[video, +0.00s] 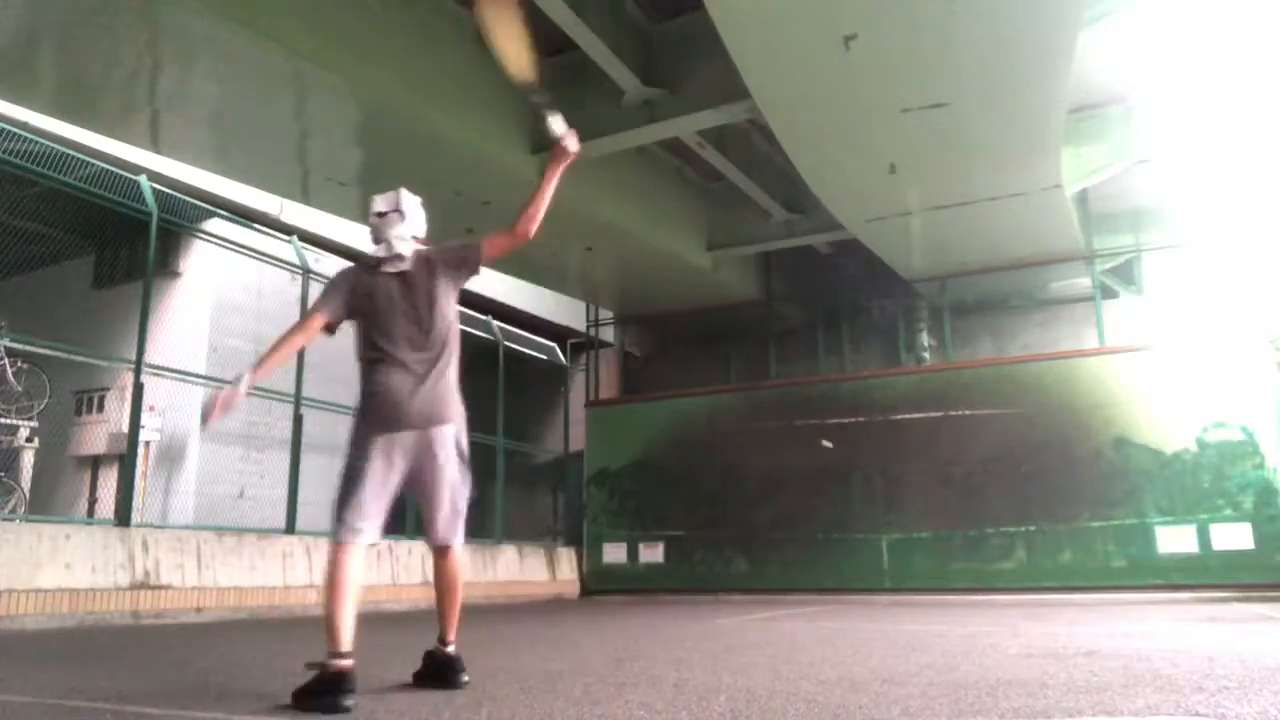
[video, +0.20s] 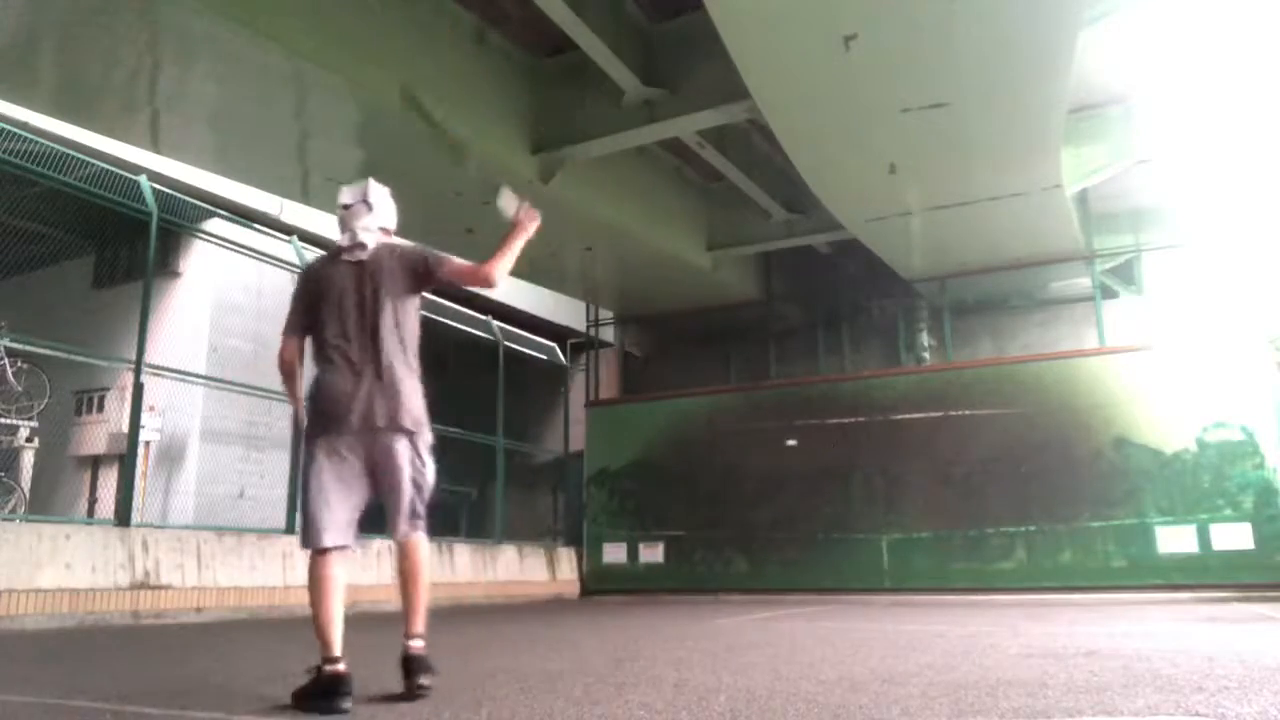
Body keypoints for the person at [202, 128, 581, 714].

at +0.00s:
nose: (388, 232)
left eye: (384, 224)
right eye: (396, 223)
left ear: (373, 228)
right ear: (419, 226)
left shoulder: (356, 279)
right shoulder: (446, 263)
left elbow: (303, 334)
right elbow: (522, 231)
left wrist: (243, 383)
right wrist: (556, 165)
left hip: (383, 421)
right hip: (442, 419)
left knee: (350, 541)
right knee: (448, 541)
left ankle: (338, 669)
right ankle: (447, 655)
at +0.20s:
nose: (382, 229)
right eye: (387, 220)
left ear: (341, 222)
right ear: (388, 222)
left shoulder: (316, 272)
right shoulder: (407, 259)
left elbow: (288, 355)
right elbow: (487, 276)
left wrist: (297, 405)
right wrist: (521, 231)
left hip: (334, 417)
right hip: (399, 414)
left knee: (327, 546)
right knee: (411, 532)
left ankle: (333, 669)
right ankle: (416, 651)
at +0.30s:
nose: (369, 221)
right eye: (375, 213)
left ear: (330, 211)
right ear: (377, 213)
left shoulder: (302, 260)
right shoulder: (394, 253)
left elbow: (286, 348)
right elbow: (464, 288)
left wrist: (326, 366)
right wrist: (489, 273)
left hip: (315, 407)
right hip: (382, 405)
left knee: (314, 539)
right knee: (388, 529)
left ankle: (326, 668)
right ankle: (393, 645)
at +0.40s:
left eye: (332, 202)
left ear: (321, 211)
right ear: (369, 212)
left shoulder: (289, 259)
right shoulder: (387, 257)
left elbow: (276, 347)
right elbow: (453, 313)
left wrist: (323, 358)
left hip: (295, 405)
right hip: (367, 407)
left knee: (280, 535)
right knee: (374, 539)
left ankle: (294, 654)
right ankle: (377, 671)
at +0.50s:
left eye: (321, 211)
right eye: (345, 212)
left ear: (308, 215)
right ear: (358, 216)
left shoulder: (280, 262)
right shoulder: (383, 266)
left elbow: (267, 350)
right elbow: (435, 338)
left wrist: (302, 357)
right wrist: (400, 385)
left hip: (283, 416)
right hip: (355, 417)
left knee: (253, 538)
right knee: (370, 543)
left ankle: (254, 646)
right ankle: (376, 673)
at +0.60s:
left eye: (295, 211)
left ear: (283, 212)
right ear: (335, 213)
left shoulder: (257, 256)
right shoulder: (362, 264)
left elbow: (234, 344)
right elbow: (386, 357)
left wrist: (272, 366)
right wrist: (340, 382)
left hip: (266, 416)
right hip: (338, 418)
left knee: (213, 535)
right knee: (359, 543)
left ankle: (187, 661)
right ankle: (375, 676)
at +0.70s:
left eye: (264, 208)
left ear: (256, 210)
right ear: (304, 214)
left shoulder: (228, 252)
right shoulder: (328, 267)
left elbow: (188, 335)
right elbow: (339, 323)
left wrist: (211, 322)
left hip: (234, 423)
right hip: (306, 426)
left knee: (173, 537)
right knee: (340, 545)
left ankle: (147, 672)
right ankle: (375, 671)